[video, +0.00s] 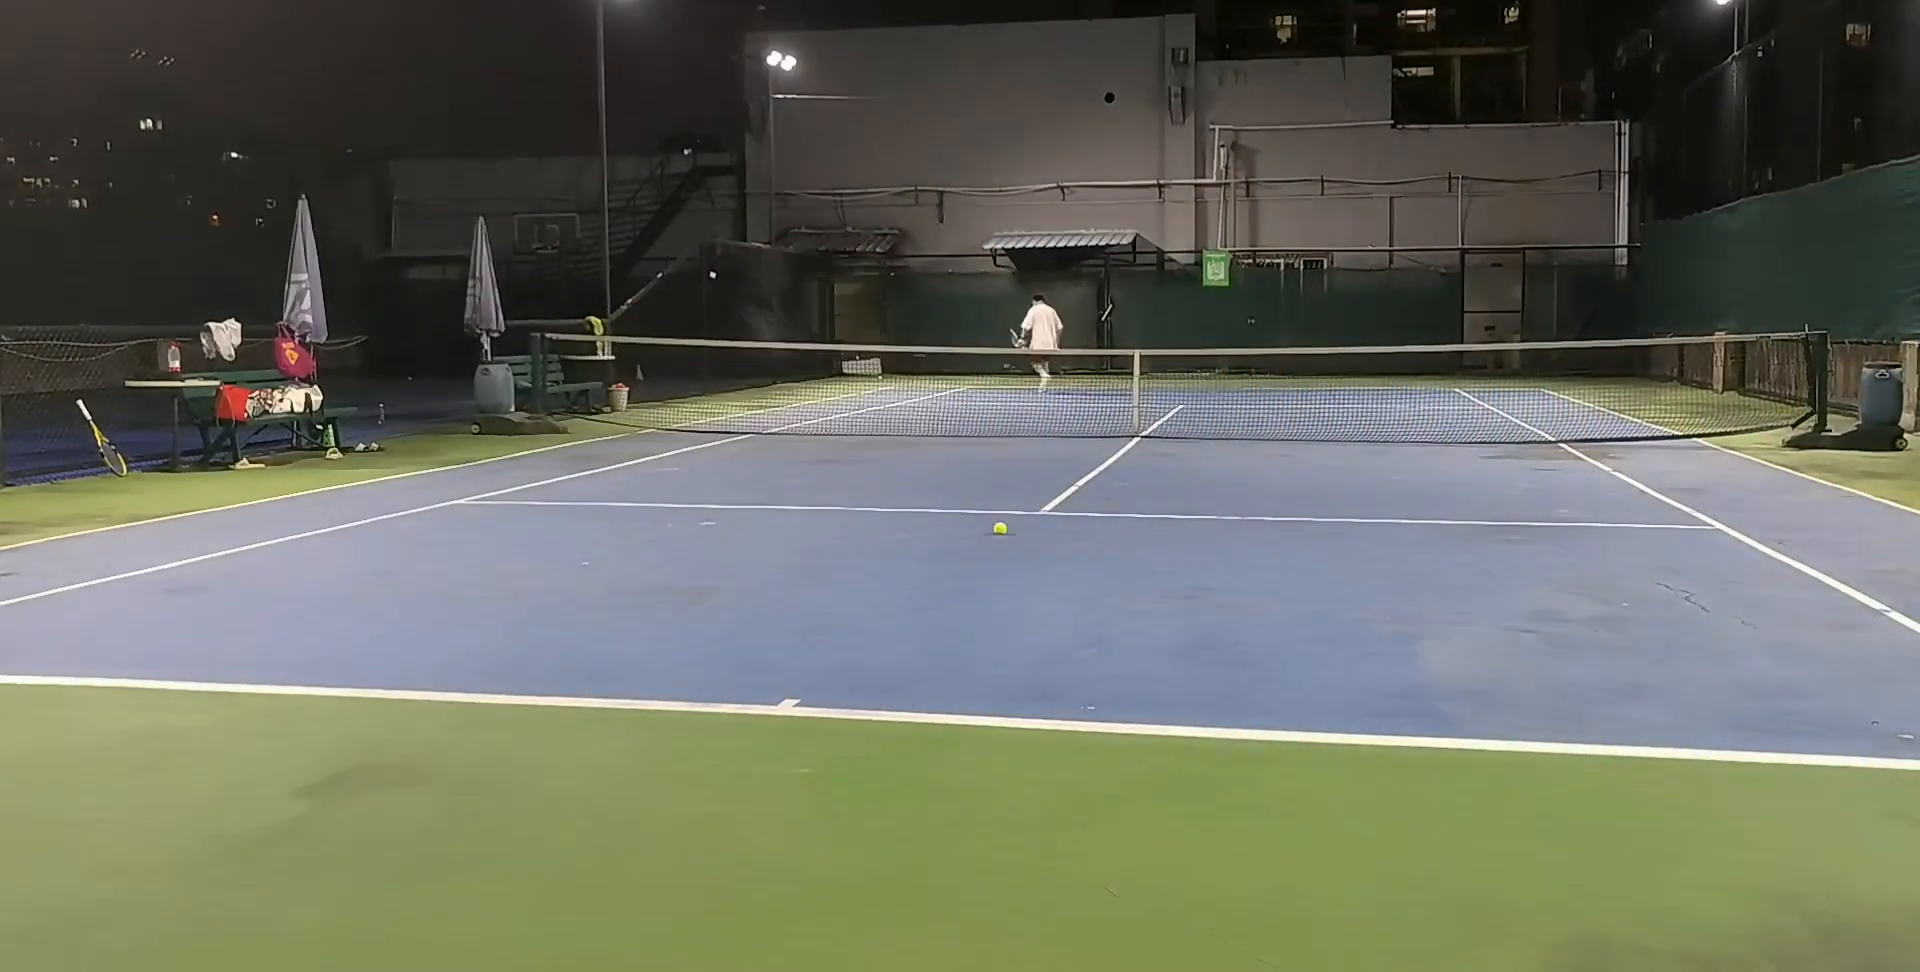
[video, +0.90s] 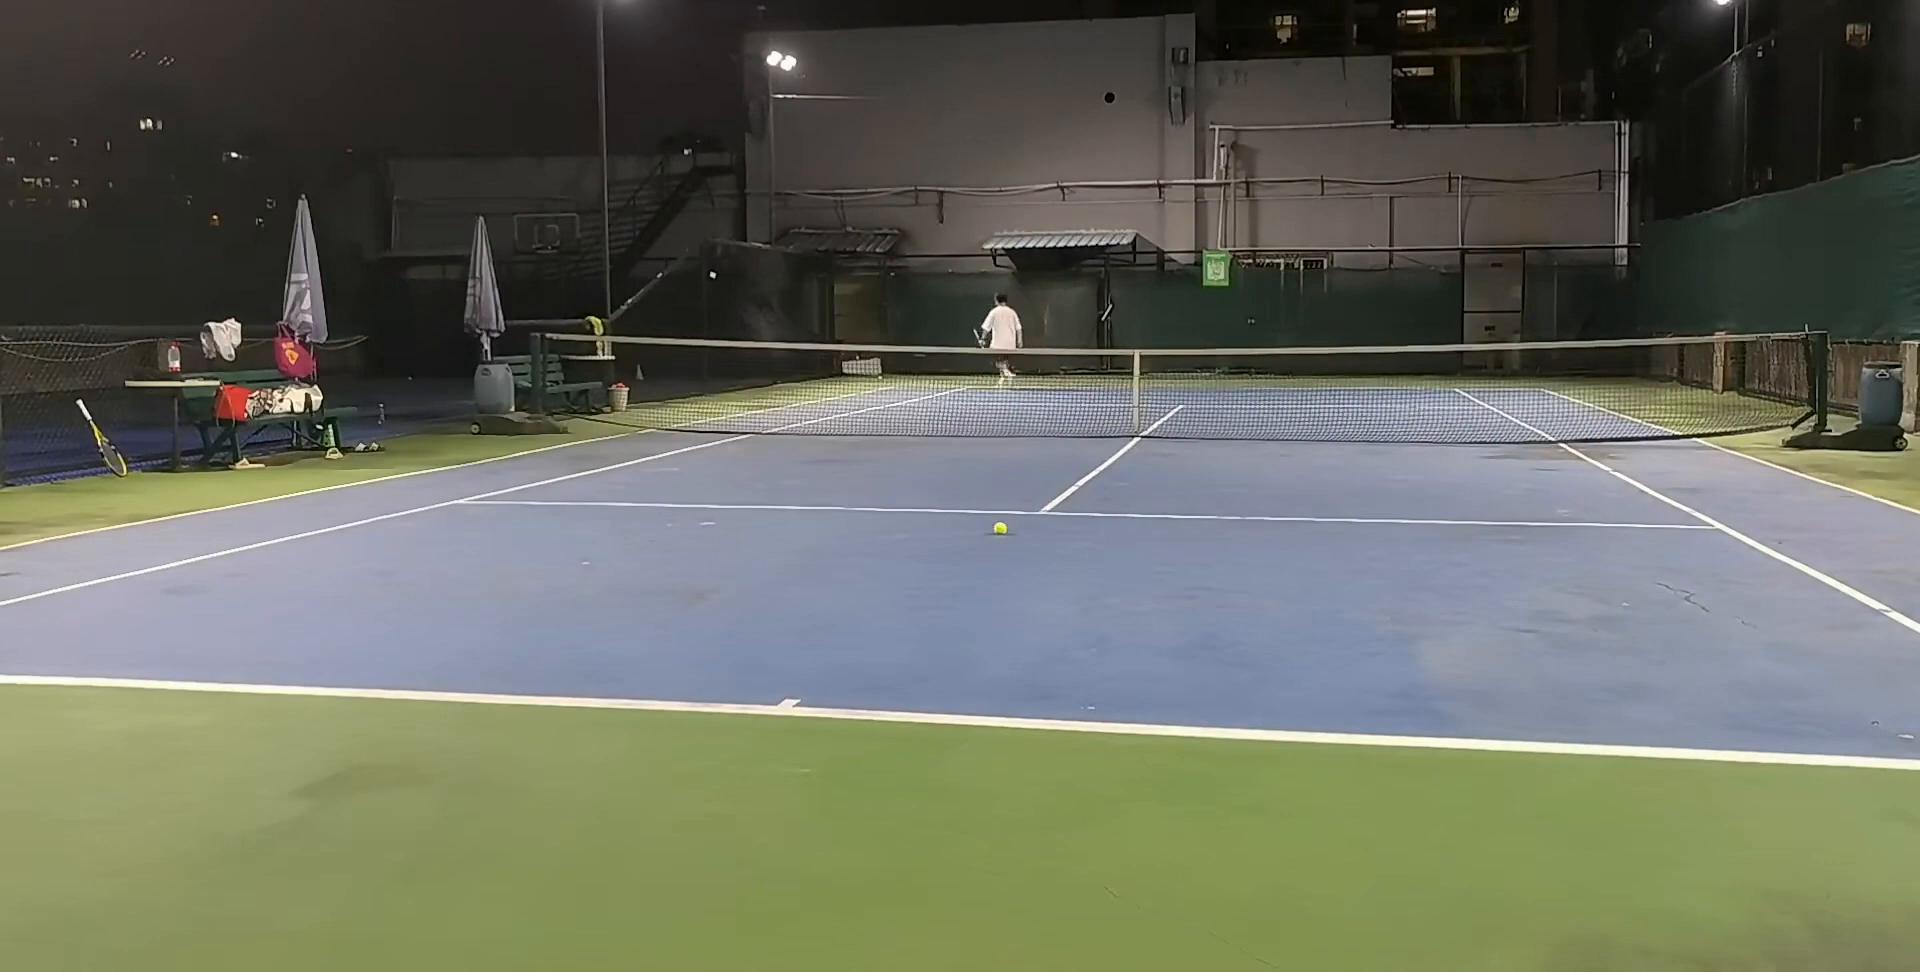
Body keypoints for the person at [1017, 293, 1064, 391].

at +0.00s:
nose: (1033, 304)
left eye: (1033, 302)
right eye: (1033, 302)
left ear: (1034, 302)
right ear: (1044, 301)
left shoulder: (1033, 310)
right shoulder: (1051, 310)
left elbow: (1026, 327)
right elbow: (1060, 327)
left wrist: (1023, 338)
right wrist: (1056, 340)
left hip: (1037, 344)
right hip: (1051, 344)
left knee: (1035, 360)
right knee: (1045, 361)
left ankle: (1044, 374)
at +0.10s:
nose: (1028, 302)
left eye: (1029, 301)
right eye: (1029, 301)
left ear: (1031, 300)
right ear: (1039, 299)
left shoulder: (1030, 308)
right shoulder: (1047, 308)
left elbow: (1025, 326)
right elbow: (1054, 325)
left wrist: (1023, 338)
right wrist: (1049, 336)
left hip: (1034, 340)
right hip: (1046, 340)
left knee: (1029, 358)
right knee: (1043, 360)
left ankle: (1036, 375)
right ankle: (1044, 381)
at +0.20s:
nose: (1024, 303)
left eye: (1024, 301)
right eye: (1024, 301)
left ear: (1028, 300)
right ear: (1034, 299)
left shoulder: (1027, 308)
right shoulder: (1043, 307)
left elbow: (1024, 326)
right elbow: (1050, 324)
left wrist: (1024, 339)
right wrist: (1043, 333)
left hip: (1031, 341)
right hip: (1043, 341)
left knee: (1024, 358)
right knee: (1041, 362)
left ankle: (1027, 381)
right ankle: (1043, 384)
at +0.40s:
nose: (1013, 305)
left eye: (1013, 303)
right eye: (1013, 303)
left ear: (1017, 302)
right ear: (1023, 301)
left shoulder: (1017, 311)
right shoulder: (1031, 310)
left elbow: (1017, 329)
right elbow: (1038, 326)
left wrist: (1014, 341)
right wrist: (1031, 334)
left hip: (1022, 343)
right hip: (1034, 342)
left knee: (1017, 362)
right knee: (1033, 361)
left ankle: (1017, 381)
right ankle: (1040, 379)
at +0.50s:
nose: (1008, 304)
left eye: (1009, 302)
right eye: (1008, 302)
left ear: (1012, 300)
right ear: (1018, 299)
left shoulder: (1012, 310)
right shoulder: (1028, 309)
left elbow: (1010, 328)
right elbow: (1034, 326)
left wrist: (1010, 340)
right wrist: (1026, 332)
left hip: (1017, 341)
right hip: (1028, 341)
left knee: (1015, 362)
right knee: (1026, 360)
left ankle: (1016, 381)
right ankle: (1033, 374)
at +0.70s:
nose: (1001, 302)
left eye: (1002, 300)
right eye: (1001, 300)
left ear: (1004, 299)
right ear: (1012, 299)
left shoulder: (1002, 310)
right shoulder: (1020, 309)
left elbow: (995, 326)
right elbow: (1028, 325)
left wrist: (992, 340)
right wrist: (1030, 340)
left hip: (1007, 342)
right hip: (1020, 342)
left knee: (1012, 361)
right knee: (1012, 361)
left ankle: (1016, 380)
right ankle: (1011, 379)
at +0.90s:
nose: (995, 303)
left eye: (995, 301)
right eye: (996, 301)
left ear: (996, 301)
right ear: (1006, 301)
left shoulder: (994, 312)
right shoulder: (1012, 312)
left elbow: (986, 328)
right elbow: (1019, 328)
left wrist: (982, 339)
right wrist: (1020, 341)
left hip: (998, 343)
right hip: (1011, 343)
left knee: (998, 359)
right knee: (1006, 359)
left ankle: (1006, 371)